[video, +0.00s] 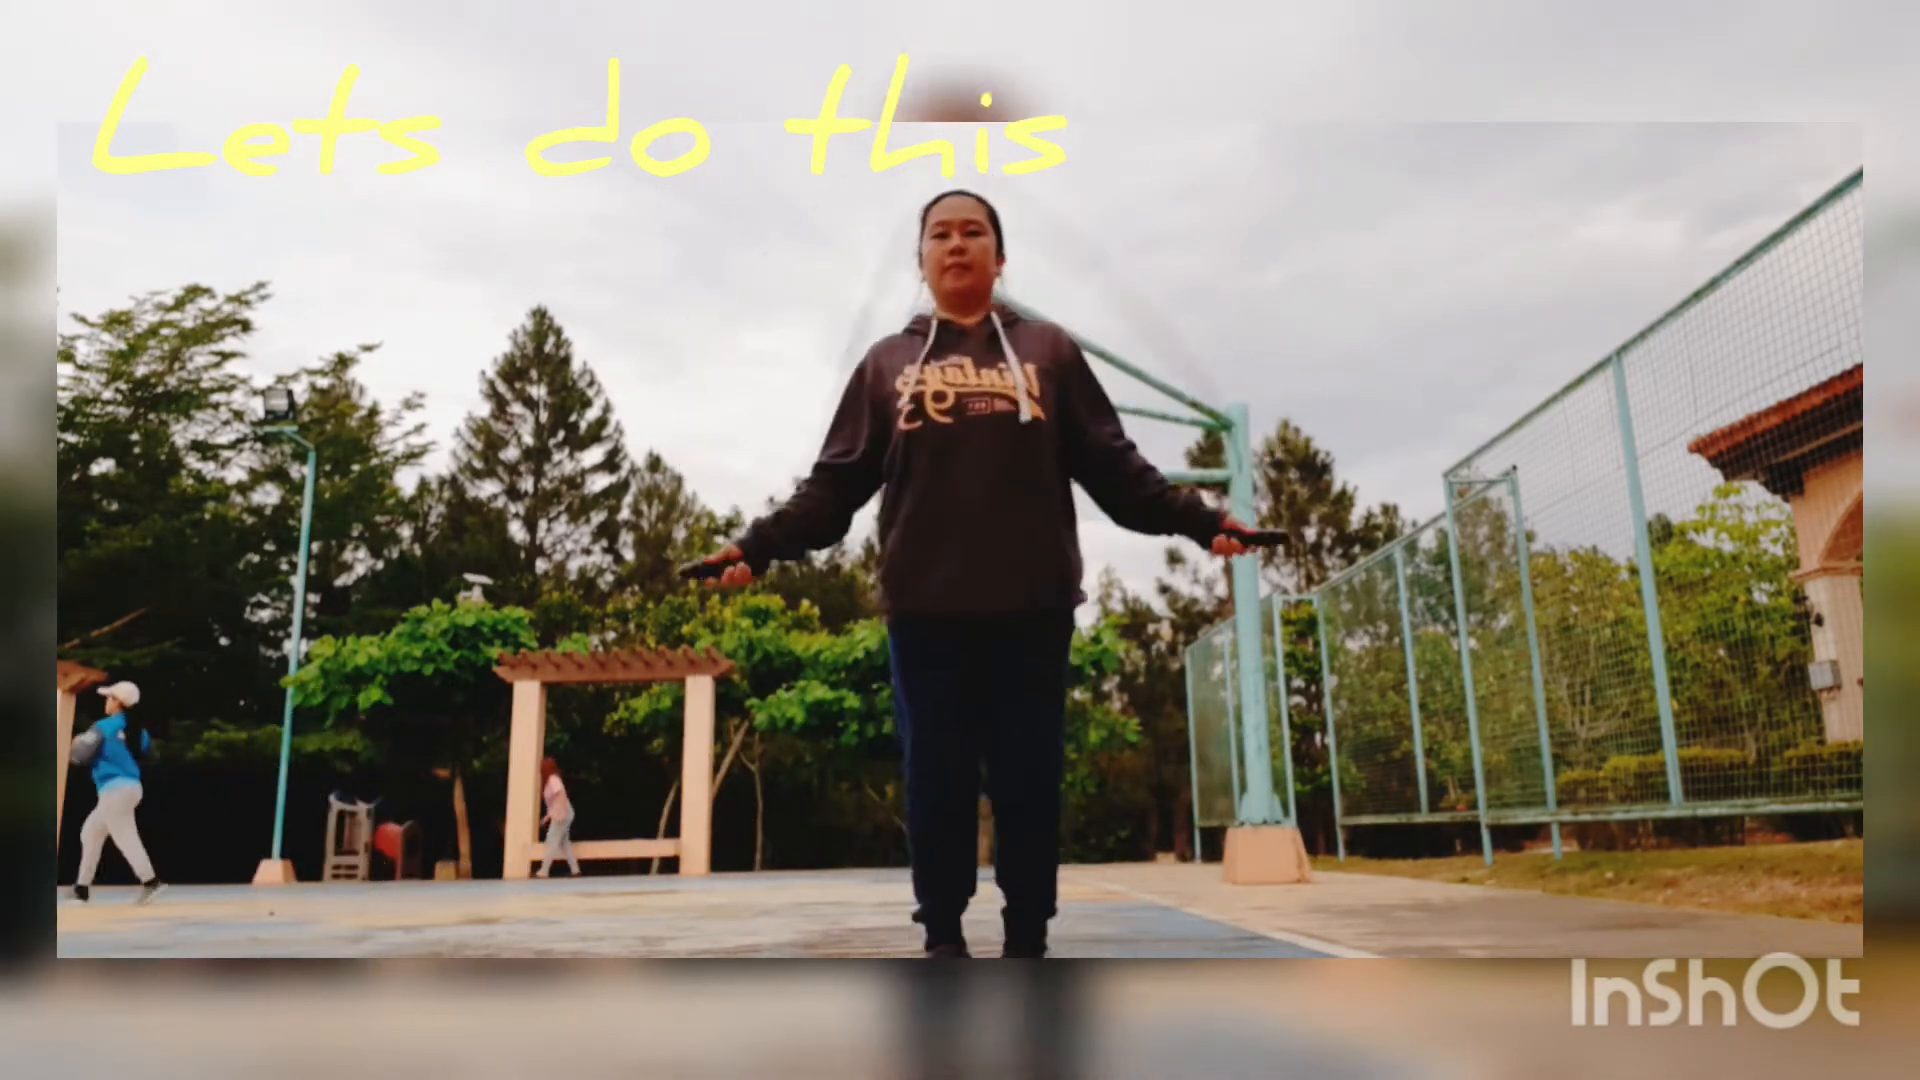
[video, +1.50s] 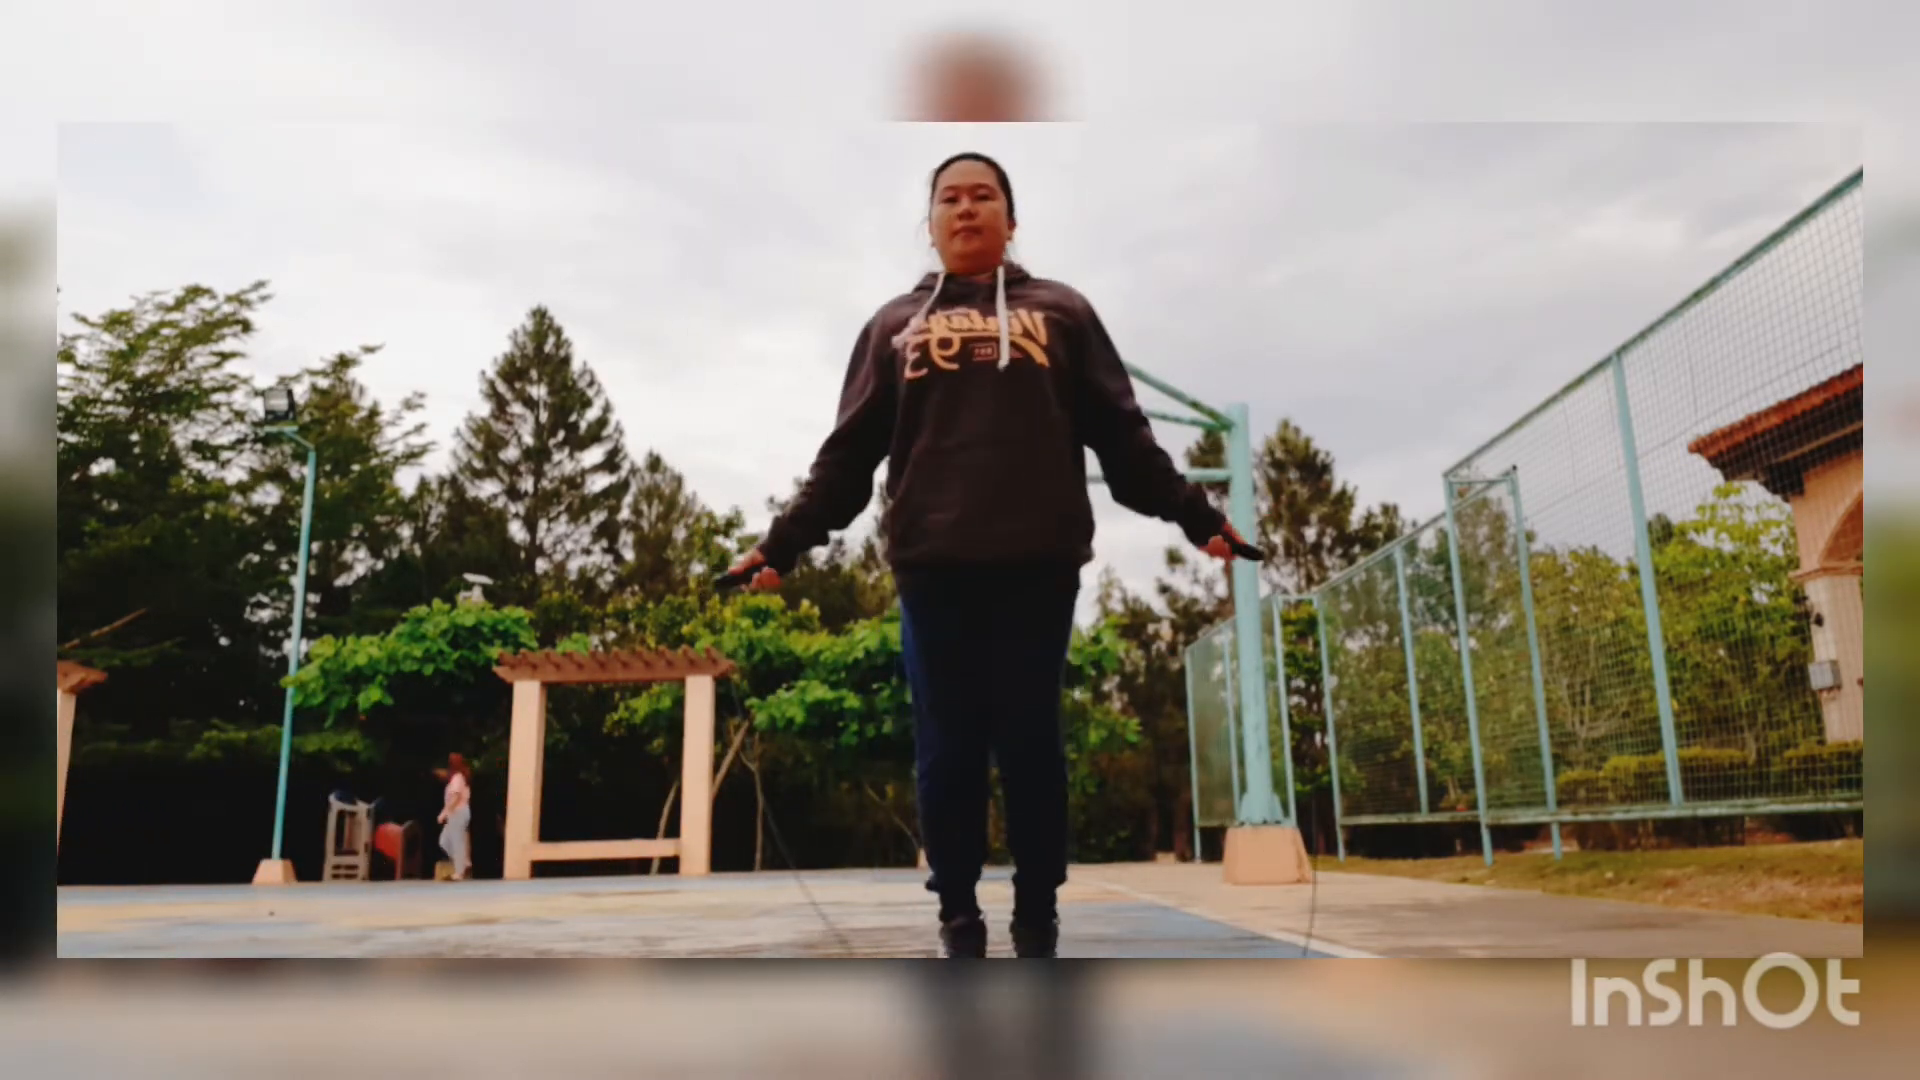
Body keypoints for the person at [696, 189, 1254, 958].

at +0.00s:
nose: (958, 245)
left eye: (972, 233)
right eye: (943, 235)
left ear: (999, 255)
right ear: (922, 258)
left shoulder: (1050, 353)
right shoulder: (887, 364)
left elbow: (1114, 469)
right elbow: (834, 487)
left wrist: (1201, 518)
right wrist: (755, 547)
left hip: (1033, 603)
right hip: (927, 606)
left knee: (1029, 776)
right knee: (936, 778)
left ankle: (1027, 941)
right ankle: (942, 942)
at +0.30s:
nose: (965, 267)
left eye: (981, 255)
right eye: (949, 257)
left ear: (1007, 280)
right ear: (929, 282)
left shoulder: (1054, 379)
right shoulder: (892, 386)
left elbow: (1119, 486)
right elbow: (842, 500)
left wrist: (1228, 486)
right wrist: (738, 514)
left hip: (1033, 621)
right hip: (927, 625)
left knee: (1029, 792)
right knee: (934, 796)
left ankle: (1042, 954)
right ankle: (934, 956)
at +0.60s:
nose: (964, 205)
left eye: (980, 192)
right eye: (949, 193)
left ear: (1006, 214)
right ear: (928, 215)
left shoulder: (1056, 312)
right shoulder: (889, 324)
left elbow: (1115, 425)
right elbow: (837, 445)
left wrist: (1187, 497)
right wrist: (770, 531)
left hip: (1031, 548)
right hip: (929, 549)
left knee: (1023, 721)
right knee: (941, 721)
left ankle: (1020, 912)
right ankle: (954, 910)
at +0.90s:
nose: (967, 258)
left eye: (982, 247)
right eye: (952, 248)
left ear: (1009, 269)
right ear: (931, 271)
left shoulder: (1056, 365)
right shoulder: (894, 374)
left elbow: (1119, 481)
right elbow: (845, 492)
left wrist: (1204, 508)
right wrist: (770, 529)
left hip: (1034, 618)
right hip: (926, 621)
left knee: (1033, 790)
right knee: (932, 793)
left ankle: (1032, 949)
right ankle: (942, 951)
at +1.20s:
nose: (971, 220)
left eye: (986, 208)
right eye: (955, 208)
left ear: (1012, 229)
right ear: (933, 228)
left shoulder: (1058, 328)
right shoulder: (896, 337)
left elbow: (1120, 450)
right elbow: (842, 461)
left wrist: (1220, 475)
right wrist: (755, 505)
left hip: (1034, 577)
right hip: (928, 582)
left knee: (1033, 757)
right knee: (940, 757)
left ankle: (1038, 938)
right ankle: (950, 934)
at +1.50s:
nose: (966, 209)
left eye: (982, 197)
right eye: (952, 199)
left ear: (1010, 220)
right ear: (931, 223)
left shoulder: (1062, 311)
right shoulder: (895, 325)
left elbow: (1122, 435)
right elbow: (849, 452)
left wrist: (1195, 513)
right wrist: (782, 544)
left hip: (1039, 558)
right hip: (934, 563)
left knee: (1031, 738)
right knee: (947, 744)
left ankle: (1036, 923)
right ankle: (960, 925)